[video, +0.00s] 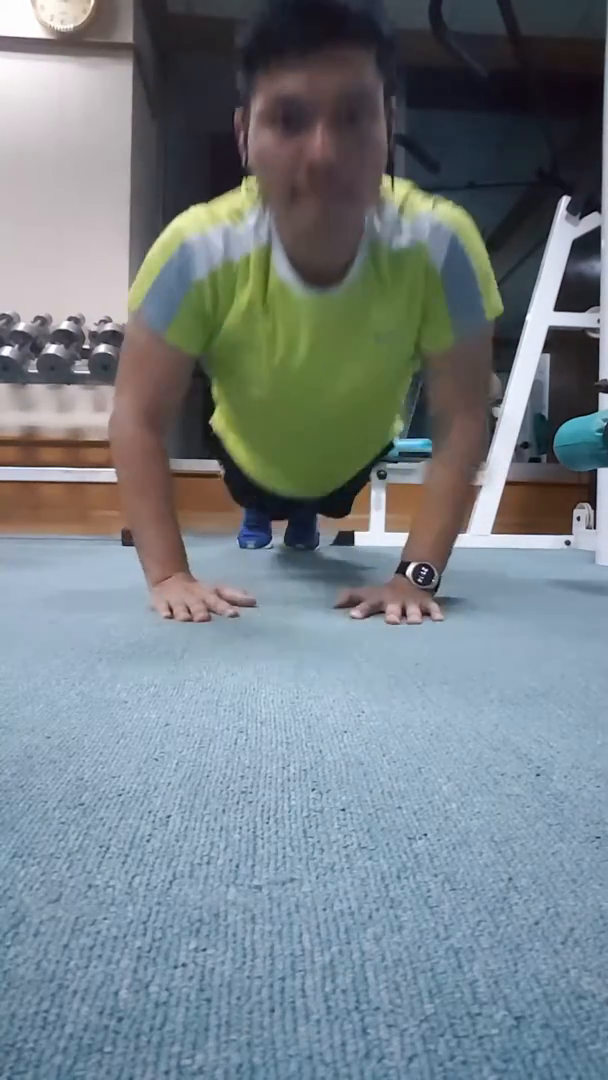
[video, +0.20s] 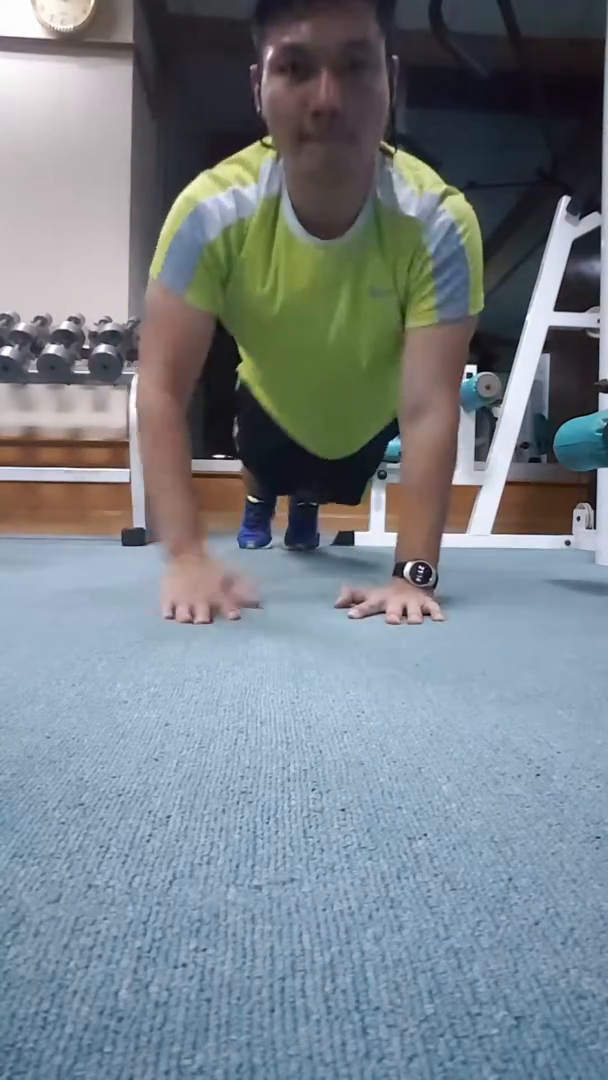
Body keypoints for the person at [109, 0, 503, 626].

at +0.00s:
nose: (323, 151)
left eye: (352, 118)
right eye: (291, 121)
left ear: (390, 126)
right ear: (244, 135)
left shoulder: (439, 243)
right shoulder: (198, 249)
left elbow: (464, 418)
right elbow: (136, 419)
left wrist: (416, 576)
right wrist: (169, 576)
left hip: (351, 457)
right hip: (250, 455)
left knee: (320, 499)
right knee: (257, 495)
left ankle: (303, 519)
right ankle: (262, 517)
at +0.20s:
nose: (327, 98)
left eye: (356, 67)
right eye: (296, 68)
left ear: (393, 82)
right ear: (259, 87)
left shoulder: (436, 221)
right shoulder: (212, 210)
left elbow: (431, 407)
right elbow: (161, 387)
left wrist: (416, 573)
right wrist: (184, 559)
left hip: (365, 416)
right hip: (270, 403)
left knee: (323, 480)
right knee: (265, 470)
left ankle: (305, 508)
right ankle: (262, 499)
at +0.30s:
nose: (326, 103)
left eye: (354, 72)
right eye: (297, 73)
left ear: (392, 86)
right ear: (262, 90)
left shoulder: (431, 222)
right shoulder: (217, 202)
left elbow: (429, 407)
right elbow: (173, 355)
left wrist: (414, 573)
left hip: (365, 396)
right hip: (269, 384)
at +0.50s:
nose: (324, 107)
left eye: (354, 76)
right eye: (296, 79)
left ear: (393, 88)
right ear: (265, 93)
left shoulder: (434, 223)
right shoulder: (225, 199)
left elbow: (430, 405)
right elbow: (188, 358)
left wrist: (414, 574)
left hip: (368, 414)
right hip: (278, 402)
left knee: (327, 482)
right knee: (270, 471)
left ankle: (305, 504)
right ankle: (262, 502)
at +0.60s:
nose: (327, 112)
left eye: (358, 80)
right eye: (299, 81)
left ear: (399, 92)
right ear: (267, 93)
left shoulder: (437, 225)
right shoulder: (222, 205)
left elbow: (433, 412)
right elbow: (172, 364)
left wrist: (415, 573)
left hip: (374, 410)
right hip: (281, 393)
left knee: (329, 482)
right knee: (268, 472)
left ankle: (304, 505)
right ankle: (263, 507)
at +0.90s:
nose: (313, 187)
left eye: (342, 151)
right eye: (279, 152)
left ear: (383, 154)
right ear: (237, 162)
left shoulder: (435, 270)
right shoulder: (197, 259)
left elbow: (467, 436)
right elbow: (141, 422)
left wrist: (417, 578)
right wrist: (168, 576)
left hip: (358, 468)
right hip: (262, 449)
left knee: (324, 498)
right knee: (264, 491)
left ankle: (302, 519)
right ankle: (264, 515)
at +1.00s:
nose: (309, 248)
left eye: (339, 211)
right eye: (275, 214)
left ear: (378, 203)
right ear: (229, 207)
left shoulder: (434, 305)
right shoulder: (184, 294)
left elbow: (478, 447)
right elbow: (127, 434)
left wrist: (418, 578)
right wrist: (167, 575)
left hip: (352, 484)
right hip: (251, 477)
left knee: (328, 512)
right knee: (259, 511)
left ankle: (310, 530)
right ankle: (263, 526)